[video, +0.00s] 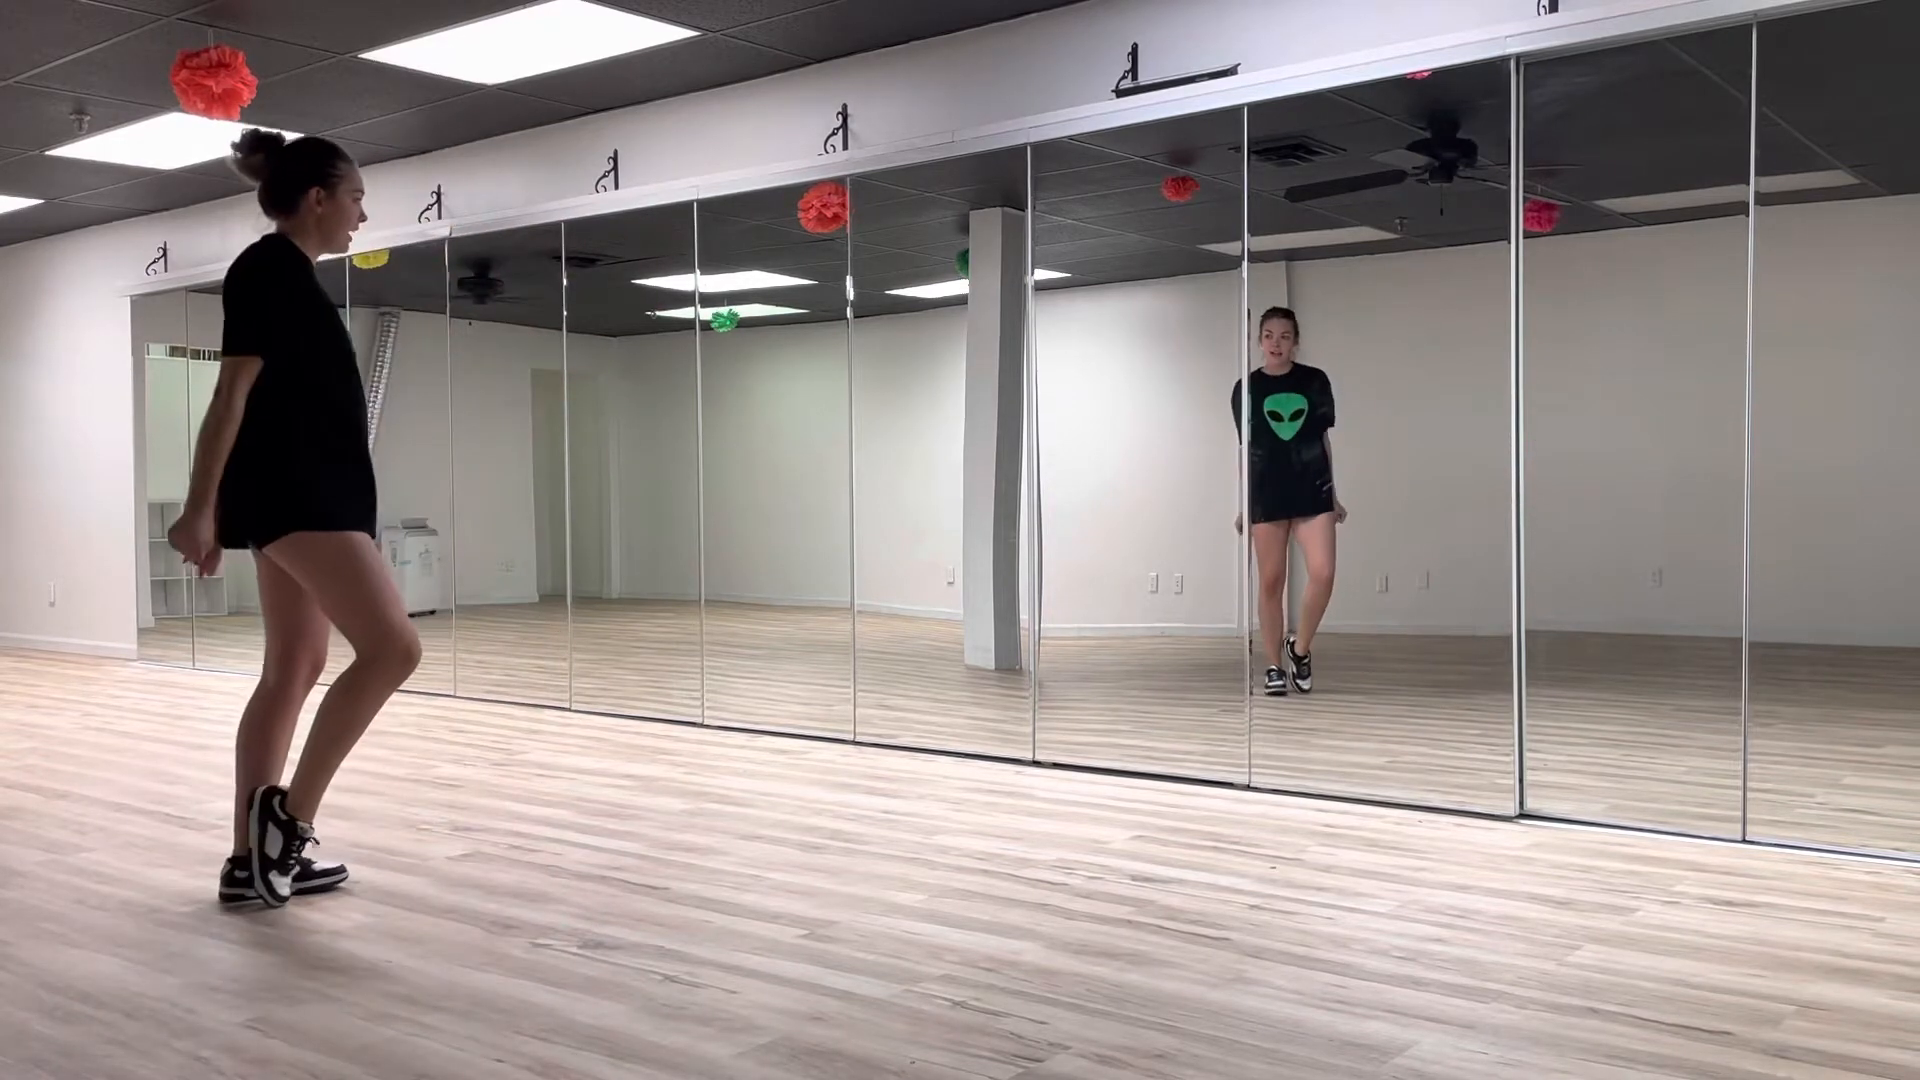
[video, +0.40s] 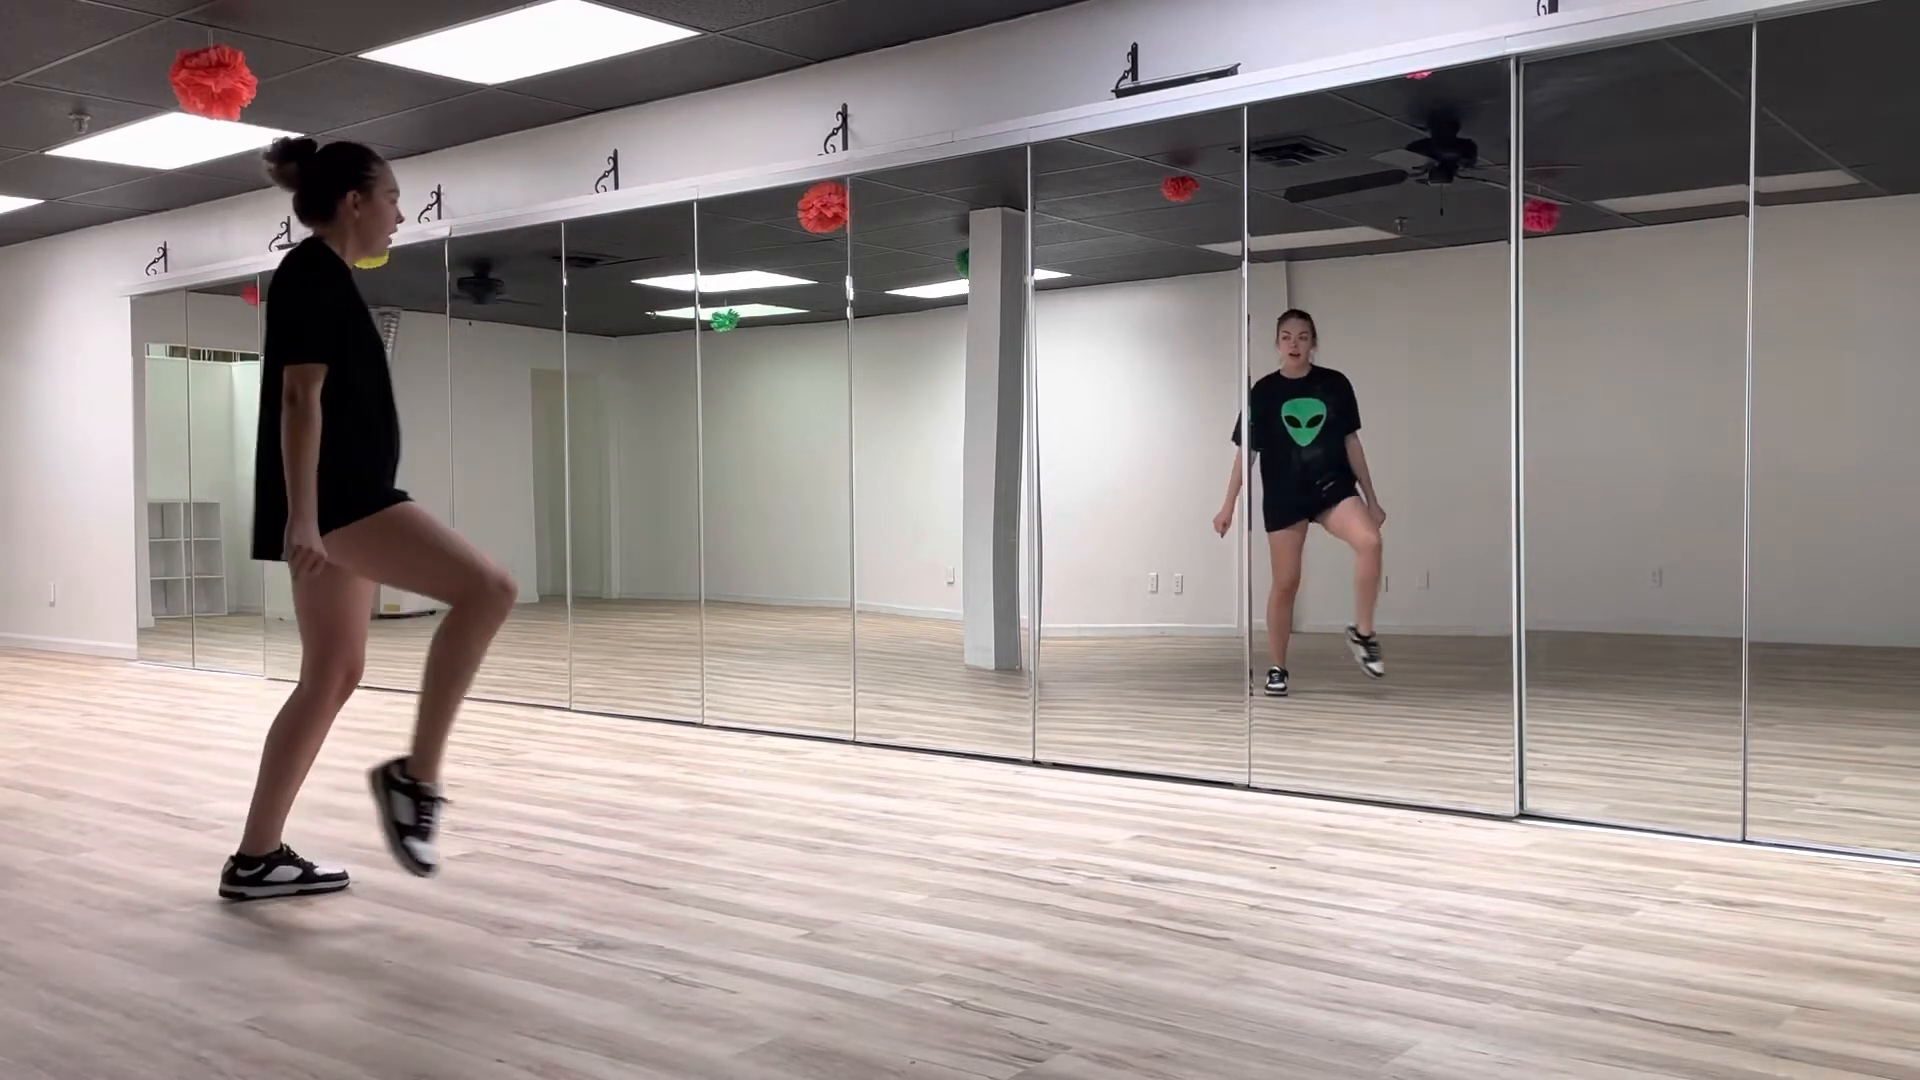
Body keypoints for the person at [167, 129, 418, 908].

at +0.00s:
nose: (360, 216)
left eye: (360, 202)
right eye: (355, 201)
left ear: (306, 201)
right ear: (315, 199)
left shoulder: (286, 272)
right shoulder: (266, 268)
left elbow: (254, 398)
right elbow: (231, 392)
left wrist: (210, 511)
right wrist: (200, 504)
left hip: (283, 495)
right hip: (298, 493)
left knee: (292, 666)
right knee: (392, 649)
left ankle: (252, 857)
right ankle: (289, 829)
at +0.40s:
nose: (398, 213)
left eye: (397, 199)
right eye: (390, 198)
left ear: (343, 205)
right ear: (354, 203)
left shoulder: (321, 274)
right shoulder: (312, 273)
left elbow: (315, 402)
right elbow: (300, 401)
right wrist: (302, 515)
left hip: (325, 503)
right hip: (346, 498)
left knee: (330, 675)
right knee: (488, 591)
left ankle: (257, 853)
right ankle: (418, 776)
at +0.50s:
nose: (417, 197)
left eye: (414, 183)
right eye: (408, 183)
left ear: (355, 192)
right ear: (371, 189)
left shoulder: (346, 264)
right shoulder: (330, 264)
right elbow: (315, 390)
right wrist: (307, 508)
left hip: (347, 489)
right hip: (367, 485)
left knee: (344, 667)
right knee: (501, 593)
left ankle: (264, 842)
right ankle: (479, 798)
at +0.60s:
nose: (438, 187)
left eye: (434, 173)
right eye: (427, 173)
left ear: (380, 184)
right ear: (391, 182)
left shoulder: (372, 261)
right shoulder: (352, 259)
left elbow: (369, 388)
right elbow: (333, 385)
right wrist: (319, 506)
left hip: (373, 481)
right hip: (395, 480)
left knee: (370, 667)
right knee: (497, 626)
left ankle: (275, 835)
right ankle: (515, 835)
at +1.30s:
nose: (471, 218)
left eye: (468, 205)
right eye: (469, 205)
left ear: (398, 211)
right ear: (449, 205)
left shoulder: (351, 291)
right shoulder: (465, 285)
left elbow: (321, 414)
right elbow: (458, 399)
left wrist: (304, 516)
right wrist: (462, 519)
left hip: (375, 504)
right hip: (470, 492)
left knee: (388, 680)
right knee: (581, 605)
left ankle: (345, 863)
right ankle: (561, 750)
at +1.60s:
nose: (509, 254)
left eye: (505, 244)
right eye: (508, 244)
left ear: (433, 252)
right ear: (495, 246)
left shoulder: (392, 338)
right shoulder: (525, 322)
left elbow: (366, 451)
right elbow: (548, 436)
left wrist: (342, 548)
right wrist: (572, 546)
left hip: (470, 528)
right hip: (561, 516)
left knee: (410, 686)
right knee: (593, 659)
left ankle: (419, 841)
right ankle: (638, 808)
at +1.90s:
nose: (465, 224)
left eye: (437, 214)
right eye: (467, 215)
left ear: (399, 218)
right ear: (465, 218)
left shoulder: (367, 291)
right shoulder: (496, 292)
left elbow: (399, 399)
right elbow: (551, 397)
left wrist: (417, 501)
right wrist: (603, 482)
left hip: (413, 495)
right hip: (501, 489)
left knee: (401, 680)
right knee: (515, 628)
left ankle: (440, 852)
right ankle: (613, 753)